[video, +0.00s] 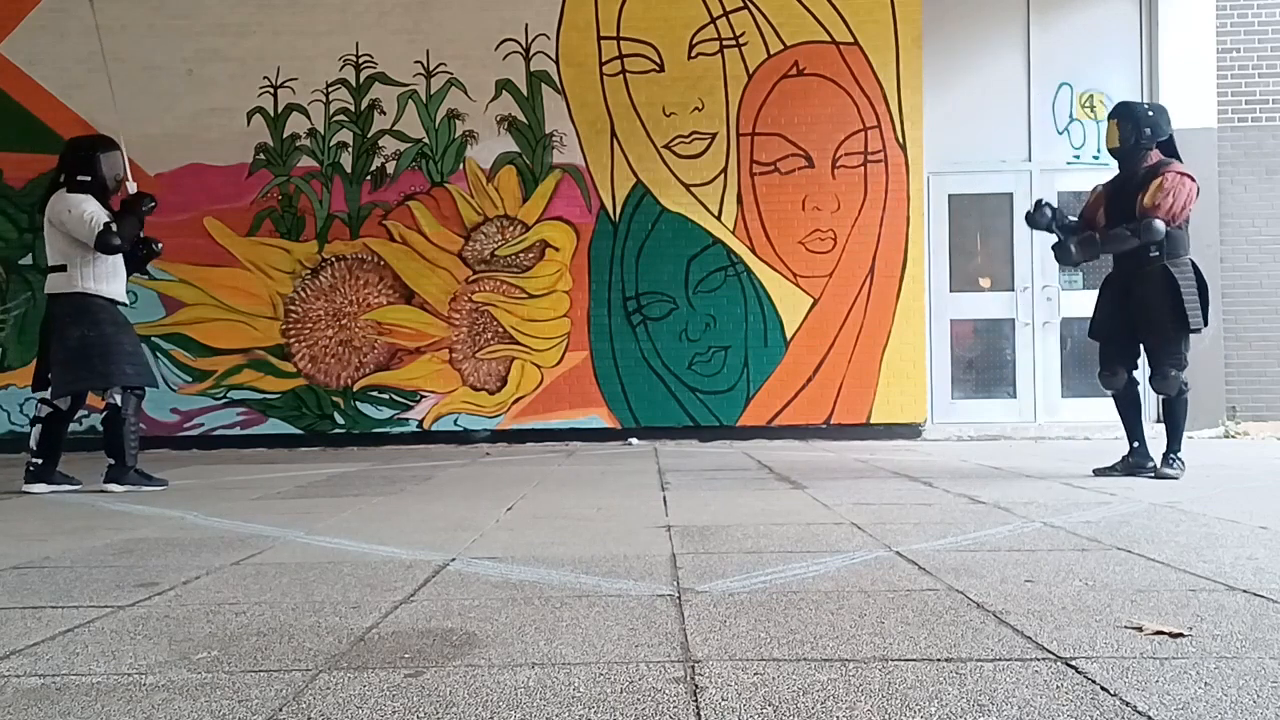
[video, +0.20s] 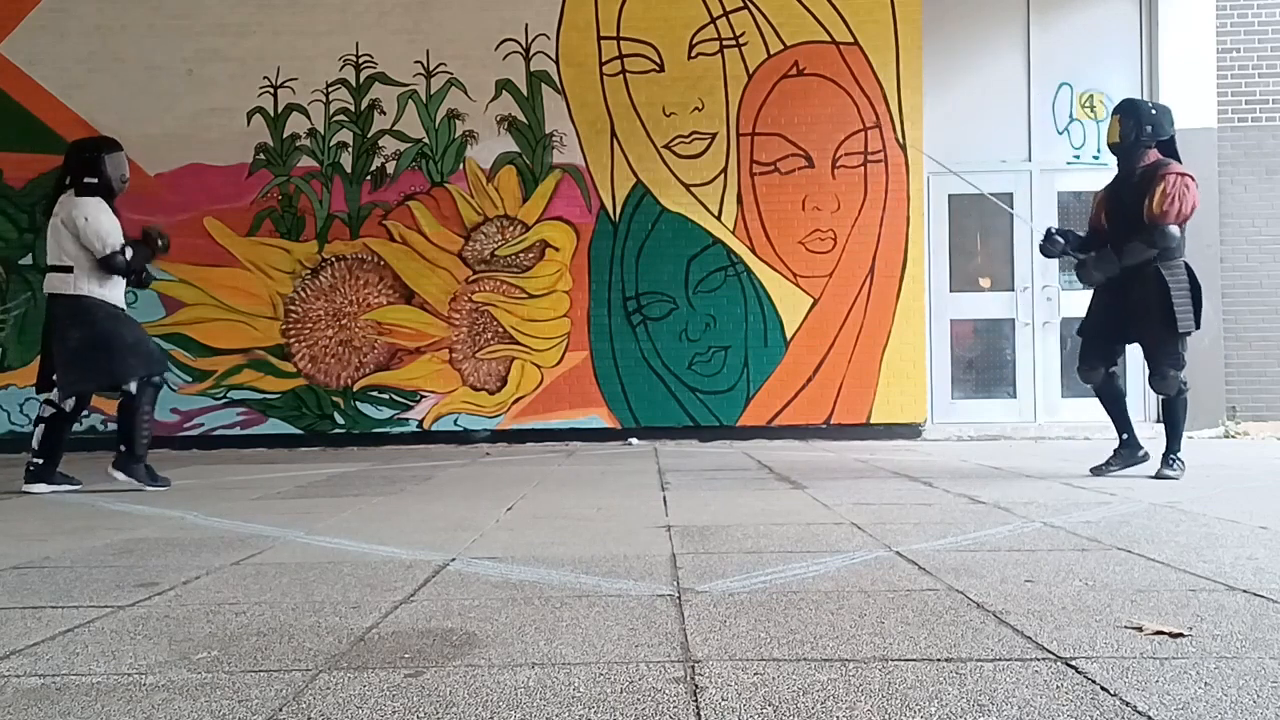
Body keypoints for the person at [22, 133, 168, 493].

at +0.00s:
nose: (119, 174)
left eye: (118, 165)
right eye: (113, 165)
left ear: (79, 167)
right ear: (93, 166)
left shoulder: (88, 206)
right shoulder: (72, 202)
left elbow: (101, 268)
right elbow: (111, 238)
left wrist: (138, 258)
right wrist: (134, 210)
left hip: (73, 306)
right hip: (88, 306)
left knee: (66, 391)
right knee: (129, 382)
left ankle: (41, 470)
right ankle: (124, 468)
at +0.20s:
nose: (124, 174)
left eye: (122, 165)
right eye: (116, 166)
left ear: (81, 170)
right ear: (99, 170)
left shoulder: (66, 204)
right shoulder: (91, 207)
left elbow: (86, 261)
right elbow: (116, 260)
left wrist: (131, 271)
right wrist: (145, 248)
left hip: (64, 311)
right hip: (89, 314)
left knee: (68, 392)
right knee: (149, 369)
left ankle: (41, 470)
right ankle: (132, 459)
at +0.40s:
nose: (143, 179)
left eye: (141, 171)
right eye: (136, 171)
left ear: (99, 176)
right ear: (114, 175)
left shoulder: (75, 212)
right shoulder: (115, 214)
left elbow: (54, 262)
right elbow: (137, 269)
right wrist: (165, 288)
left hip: (75, 314)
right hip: (106, 314)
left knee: (79, 395)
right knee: (158, 373)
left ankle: (42, 470)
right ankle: (183, 457)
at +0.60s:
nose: (181, 182)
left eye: (179, 174)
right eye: (174, 174)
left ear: (136, 183)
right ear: (155, 181)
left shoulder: (115, 219)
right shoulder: (158, 225)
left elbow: (88, 264)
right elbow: (178, 284)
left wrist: (120, 285)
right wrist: (194, 312)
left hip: (113, 323)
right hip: (146, 326)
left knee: (95, 399)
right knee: (207, 377)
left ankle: (46, 466)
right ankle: (212, 466)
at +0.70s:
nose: (204, 183)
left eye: (202, 175)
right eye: (198, 176)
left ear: (155, 181)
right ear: (183, 181)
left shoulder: (136, 219)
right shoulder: (185, 222)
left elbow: (110, 268)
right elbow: (202, 281)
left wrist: (150, 282)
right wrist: (218, 303)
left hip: (139, 324)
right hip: (174, 325)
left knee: (130, 404)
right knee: (232, 383)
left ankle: (69, 459)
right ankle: (216, 468)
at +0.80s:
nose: (228, 181)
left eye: (226, 173)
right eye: (223, 173)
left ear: (178, 178)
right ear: (209, 178)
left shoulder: (161, 215)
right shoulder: (209, 219)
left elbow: (131, 267)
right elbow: (227, 278)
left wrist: (167, 280)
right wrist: (246, 298)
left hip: (158, 320)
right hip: (193, 321)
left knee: (182, 400)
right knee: (242, 386)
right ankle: (217, 469)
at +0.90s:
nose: (252, 178)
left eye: (250, 170)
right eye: (246, 170)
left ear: (202, 175)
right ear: (232, 176)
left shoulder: (182, 212)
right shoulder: (231, 217)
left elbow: (152, 267)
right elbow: (248, 282)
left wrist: (189, 275)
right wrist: (264, 287)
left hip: (179, 313)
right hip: (211, 315)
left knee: (233, 386)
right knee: (255, 387)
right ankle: (217, 470)